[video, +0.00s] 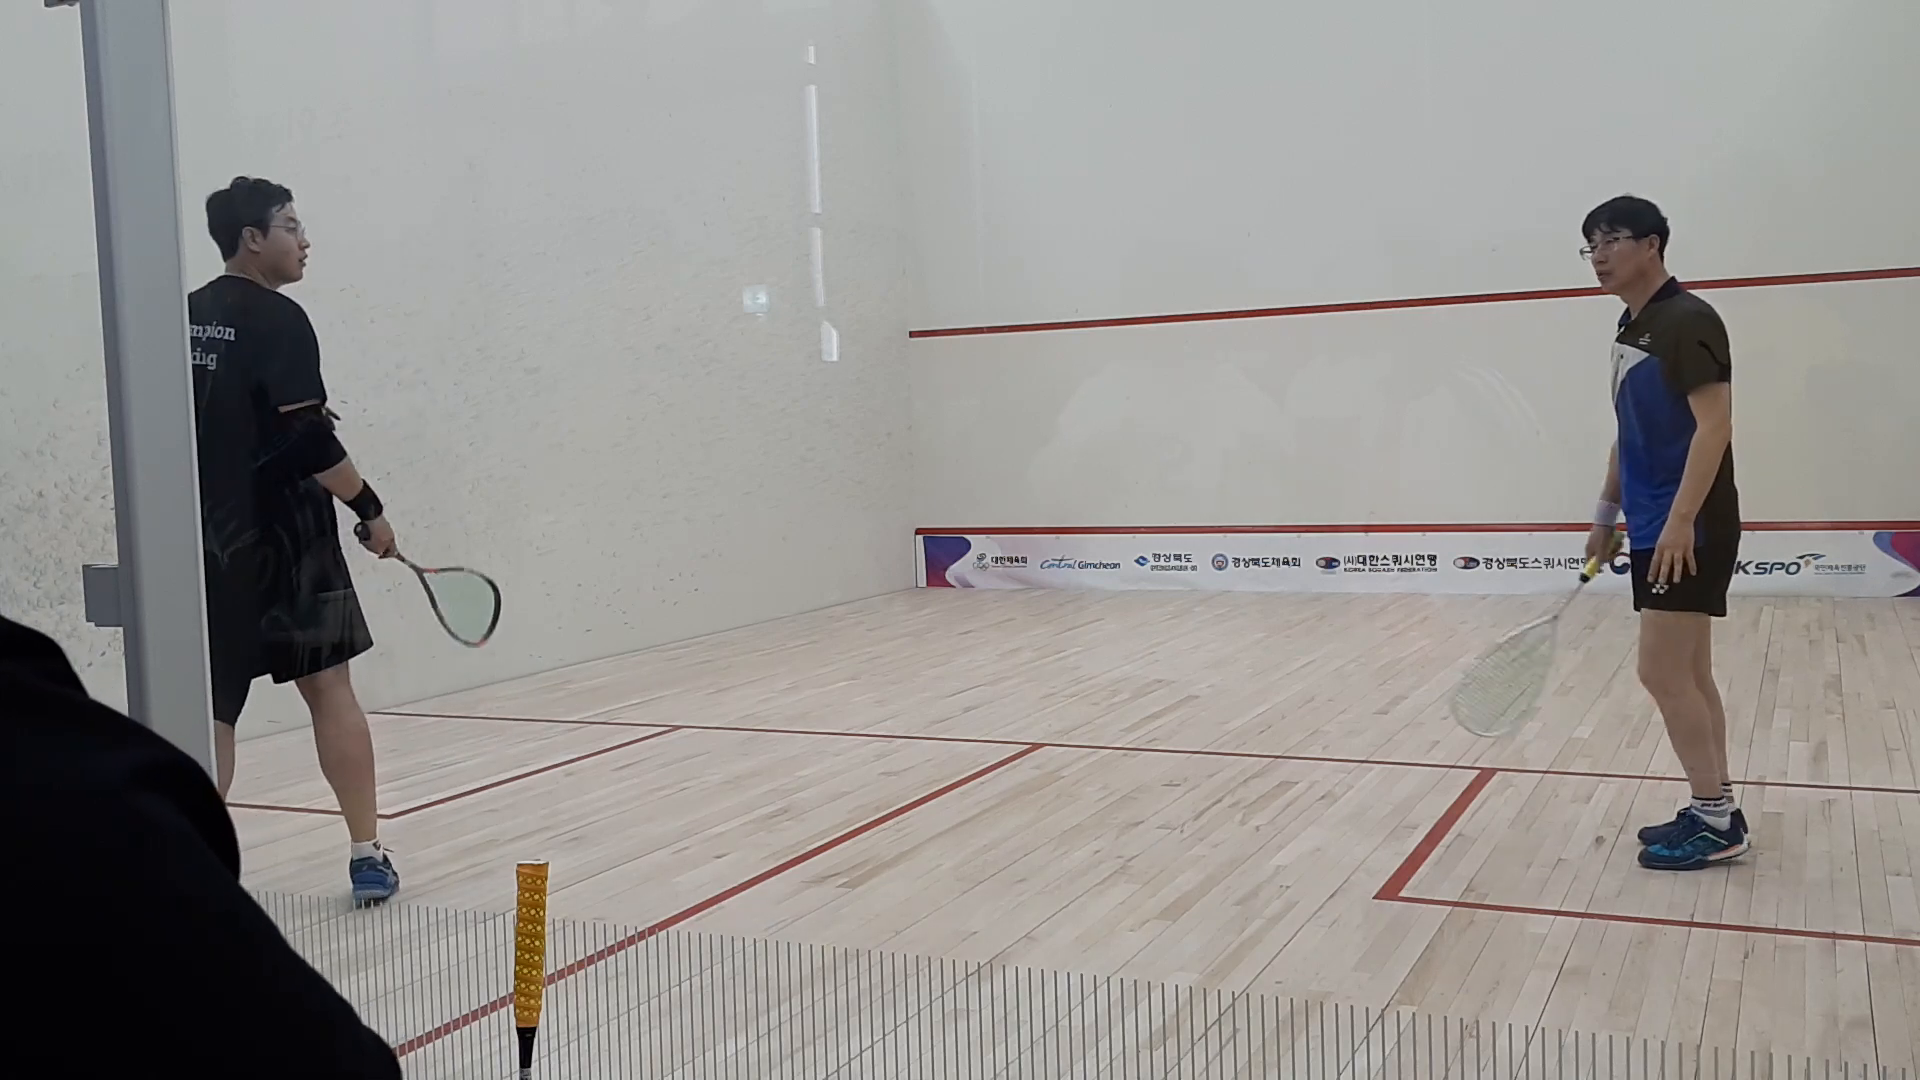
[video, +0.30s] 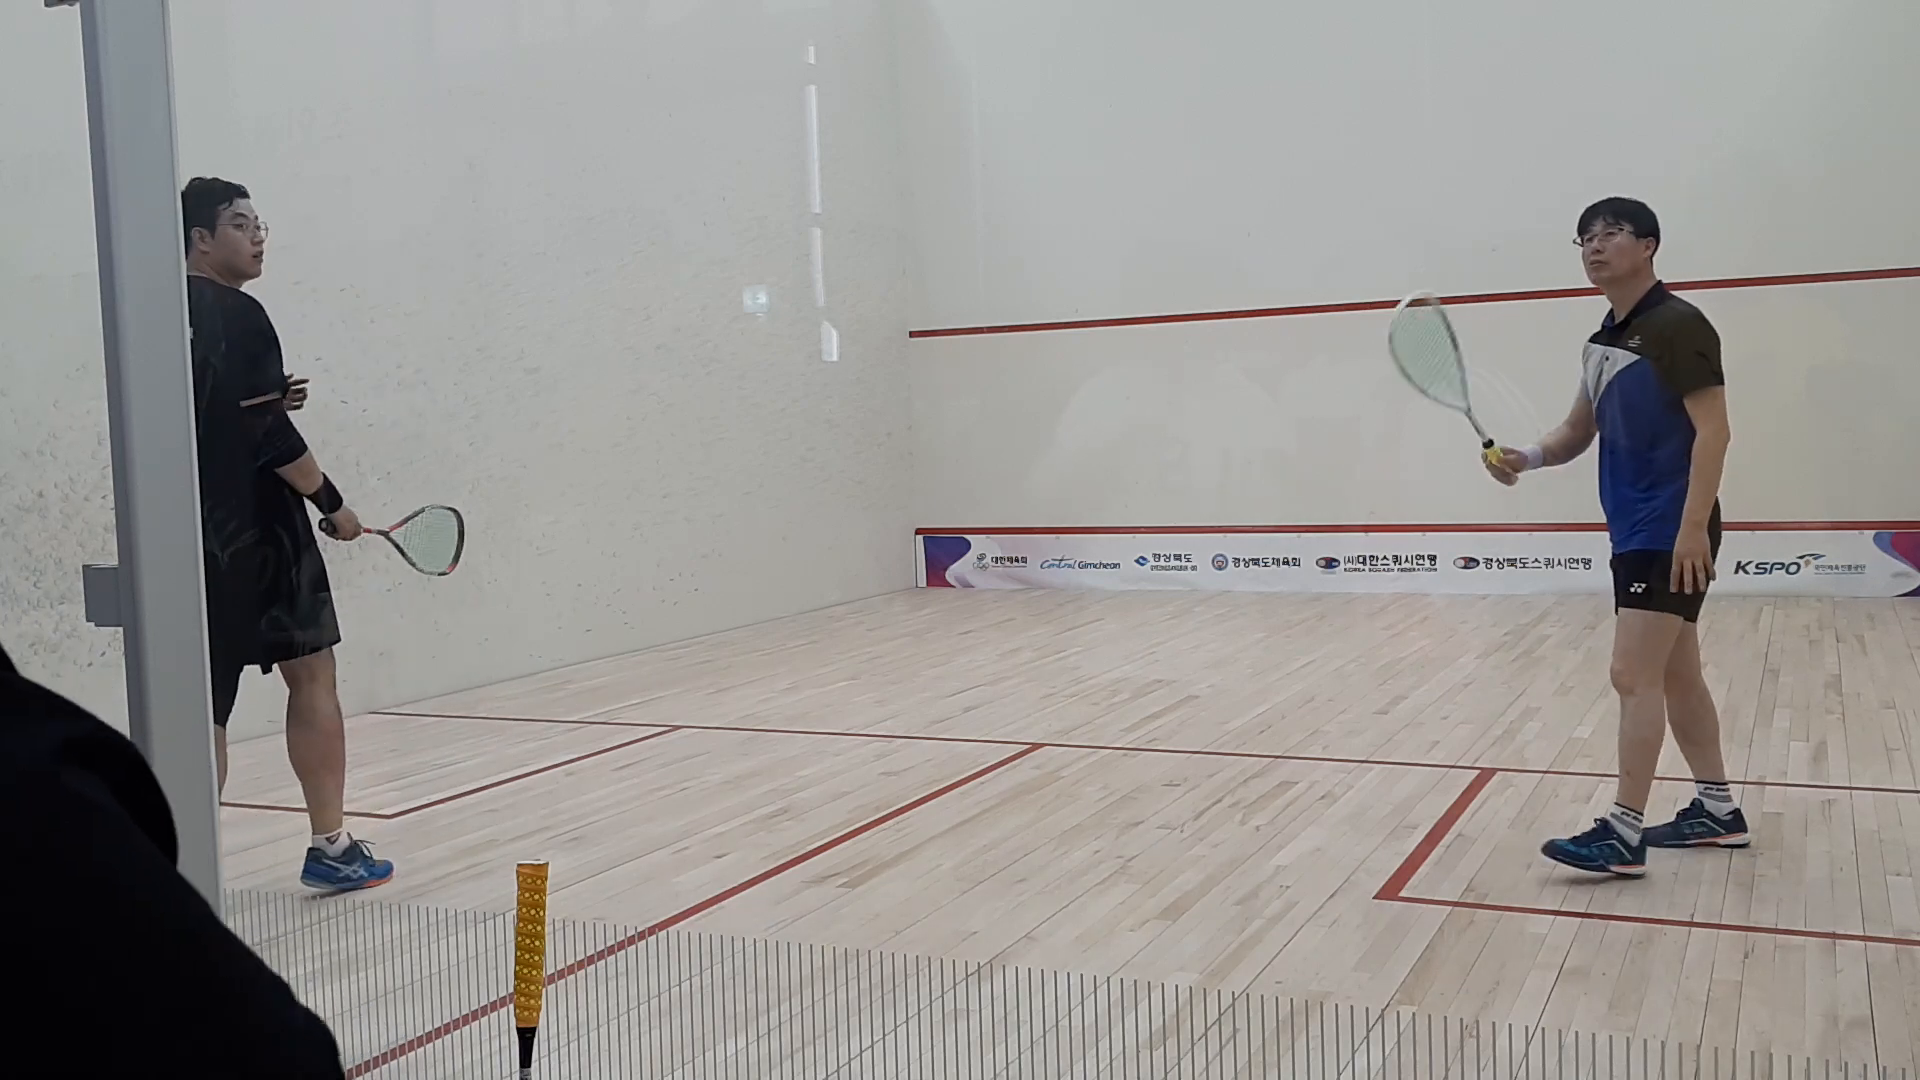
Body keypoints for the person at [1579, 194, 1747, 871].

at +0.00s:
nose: (1597, 256)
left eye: (1610, 243)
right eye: (1592, 247)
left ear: (1652, 246)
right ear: (1596, 257)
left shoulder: (1687, 321)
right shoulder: (1632, 329)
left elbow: (1715, 427)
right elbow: (1629, 437)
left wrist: (1680, 519)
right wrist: (1607, 518)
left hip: (1689, 525)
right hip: (1659, 525)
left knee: (1662, 672)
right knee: (1691, 672)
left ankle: (1712, 816)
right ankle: (1716, 808)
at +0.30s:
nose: (1594, 247)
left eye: (1609, 235)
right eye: (1587, 241)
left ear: (1646, 246)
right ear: (1583, 259)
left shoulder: (1679, 326)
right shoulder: (1603, 343)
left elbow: (1713, 430)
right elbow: (1577, 431)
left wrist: (1693, 527)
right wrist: (1531, 455)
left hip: (1673, 533)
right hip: (1635, 536)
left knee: (1635, 673)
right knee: (1680, 676)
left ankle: (1624, 830)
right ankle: (1718, 806)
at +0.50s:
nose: (1578, 247)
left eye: (1594, 235)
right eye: (1571, 240)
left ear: (1632, 248)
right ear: (1566, 260)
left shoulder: (1663, 329)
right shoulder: (1585, 345)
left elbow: (1699, 434)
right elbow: (1549, 435)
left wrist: (1684, 531)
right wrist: (1505, 444)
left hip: (1645, 540)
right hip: (1612, 539)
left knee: (1613, 681)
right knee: (1664, 679)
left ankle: (1606, 837)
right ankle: (1714, 802)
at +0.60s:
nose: (1569, 244)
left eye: (1584, 231)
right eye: (1562, 237)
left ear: (1624, 244)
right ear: (1558, 256)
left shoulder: (1655, 328)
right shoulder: (1578, 338)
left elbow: (1688, 434)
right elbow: (1542, 431)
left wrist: (1672, 529)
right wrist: (1500, 441)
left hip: (1634, 540)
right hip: (1602, 538)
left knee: (1601, 681)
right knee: (1650, 677)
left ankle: (1604, 838)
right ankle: (1709, 795)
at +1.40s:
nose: (1478, 261)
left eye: (1488, 248)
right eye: (1478, 249)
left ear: (1532, 250)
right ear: (1517, 255)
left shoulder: (1593, 327)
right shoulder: (1513, 343)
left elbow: (1634, 435)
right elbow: (1467, 429)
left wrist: (1609, 530)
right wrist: (1387, 440)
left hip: (1600, 538)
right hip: (1562, 540)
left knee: (1580, 689)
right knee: (1618, 674)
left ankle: (1601, 839)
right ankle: (1686, 779)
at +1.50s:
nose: (1464, 270)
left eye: (1473, 256)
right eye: (1464, 257)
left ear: (1515, 254)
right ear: (1503, 259)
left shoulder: (1584, 329)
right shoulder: (1504, 346)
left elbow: (1631, 437)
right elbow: (1462, 430)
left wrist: (1608, 532)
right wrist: (1387, 448)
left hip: (1595, 538)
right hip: (1557, 541)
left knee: (1579, 688)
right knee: (1614, 674)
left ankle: (1600, 838)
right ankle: (1683, 778)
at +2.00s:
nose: (1379, 296)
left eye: (1386, 281)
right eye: (1377, 283)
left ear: (1424, 275)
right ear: (1418, 279)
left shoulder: (1501, 341)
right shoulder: (1416, 352)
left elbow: (1458, 445)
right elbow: (1378, 437)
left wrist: (1358, 466)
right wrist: (1353, 400)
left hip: (1542, 546)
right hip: (1484, 545)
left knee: (1554, 692)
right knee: (1424, 659)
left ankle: (1601, 838)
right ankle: (1407, 805)